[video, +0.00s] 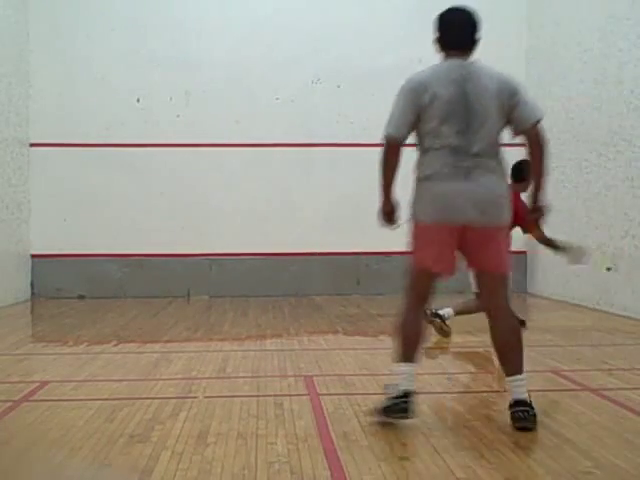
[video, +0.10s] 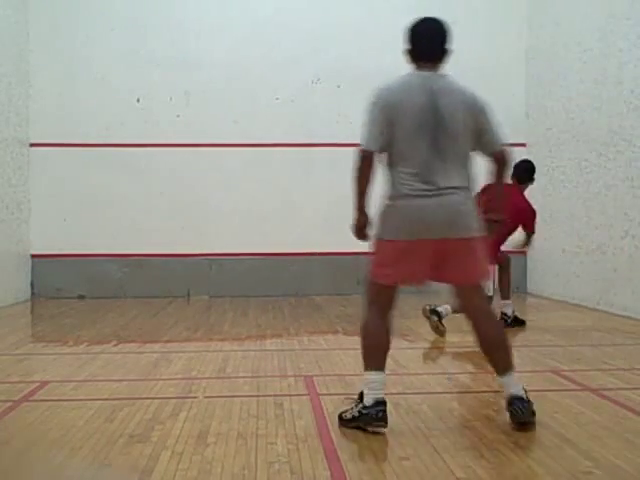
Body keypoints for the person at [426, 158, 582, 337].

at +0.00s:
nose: (531, 184)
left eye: (531, 180)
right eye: (531, 180)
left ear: (512, 176)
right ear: (527, 180)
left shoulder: (499, 193)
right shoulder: (517, 203)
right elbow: (540, 236)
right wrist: (563, 248)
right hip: (492, 255)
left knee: (489, 297)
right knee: (489, 300)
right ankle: (445, 314)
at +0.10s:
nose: (529, 184)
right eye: (530, 181)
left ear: (512, 175)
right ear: (530, 182)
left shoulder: (490, 189)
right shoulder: (525, 207)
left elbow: (470, 208)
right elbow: (529, 234)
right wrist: (524, 245)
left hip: (467, 243)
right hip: (486, 251)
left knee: (504, 260)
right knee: (484, 298)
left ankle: (507, 311)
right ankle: (441, 311)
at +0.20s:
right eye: (526, 175)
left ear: (509, 172)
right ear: (528, 178)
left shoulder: (489, 187)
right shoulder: (525, 207)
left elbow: (461, 217)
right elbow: (512, 231)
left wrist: (456, 247)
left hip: (466, 242)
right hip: (487, 253)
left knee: (504, 260)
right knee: (487, 300)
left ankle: (507, 313)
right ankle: (455, 306)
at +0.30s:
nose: (501, 168)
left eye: (501, 164)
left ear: (499, 166)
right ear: (518, 171)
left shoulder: (480, 184)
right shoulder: (518, 198)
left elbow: (453, 213)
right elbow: (511, 219)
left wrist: (443, 244)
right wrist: (468, 218)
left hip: (466, 242)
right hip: (488, 250)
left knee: (500, 262)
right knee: (496, 296)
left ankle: (507, 312)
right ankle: (458, 305)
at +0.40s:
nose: (478, 159)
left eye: (480, 156)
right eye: (480, 155)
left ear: (483, 158)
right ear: (498, 161)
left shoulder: (468, 180)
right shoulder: (508, 189)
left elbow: (441, 207)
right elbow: (494, 216)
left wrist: (428, 238)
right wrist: (458, 216)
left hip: (464, 243)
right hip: (488, 247)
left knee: (498, 274)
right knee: (500, 293)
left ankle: (507, 313)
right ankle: (466, 307)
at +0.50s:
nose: (457, 150)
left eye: (460, 146)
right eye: (458, 146)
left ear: (469, 147)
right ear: (478, 149)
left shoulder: (453, 170)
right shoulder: (494, 176)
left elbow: (433, 197)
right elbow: (491, 212)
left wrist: (421, 230)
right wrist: (454, 219)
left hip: (458, 238)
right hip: (483, 239)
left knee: (487, 277)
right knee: (489, 287)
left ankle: (504, 312)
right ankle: (460, 313)